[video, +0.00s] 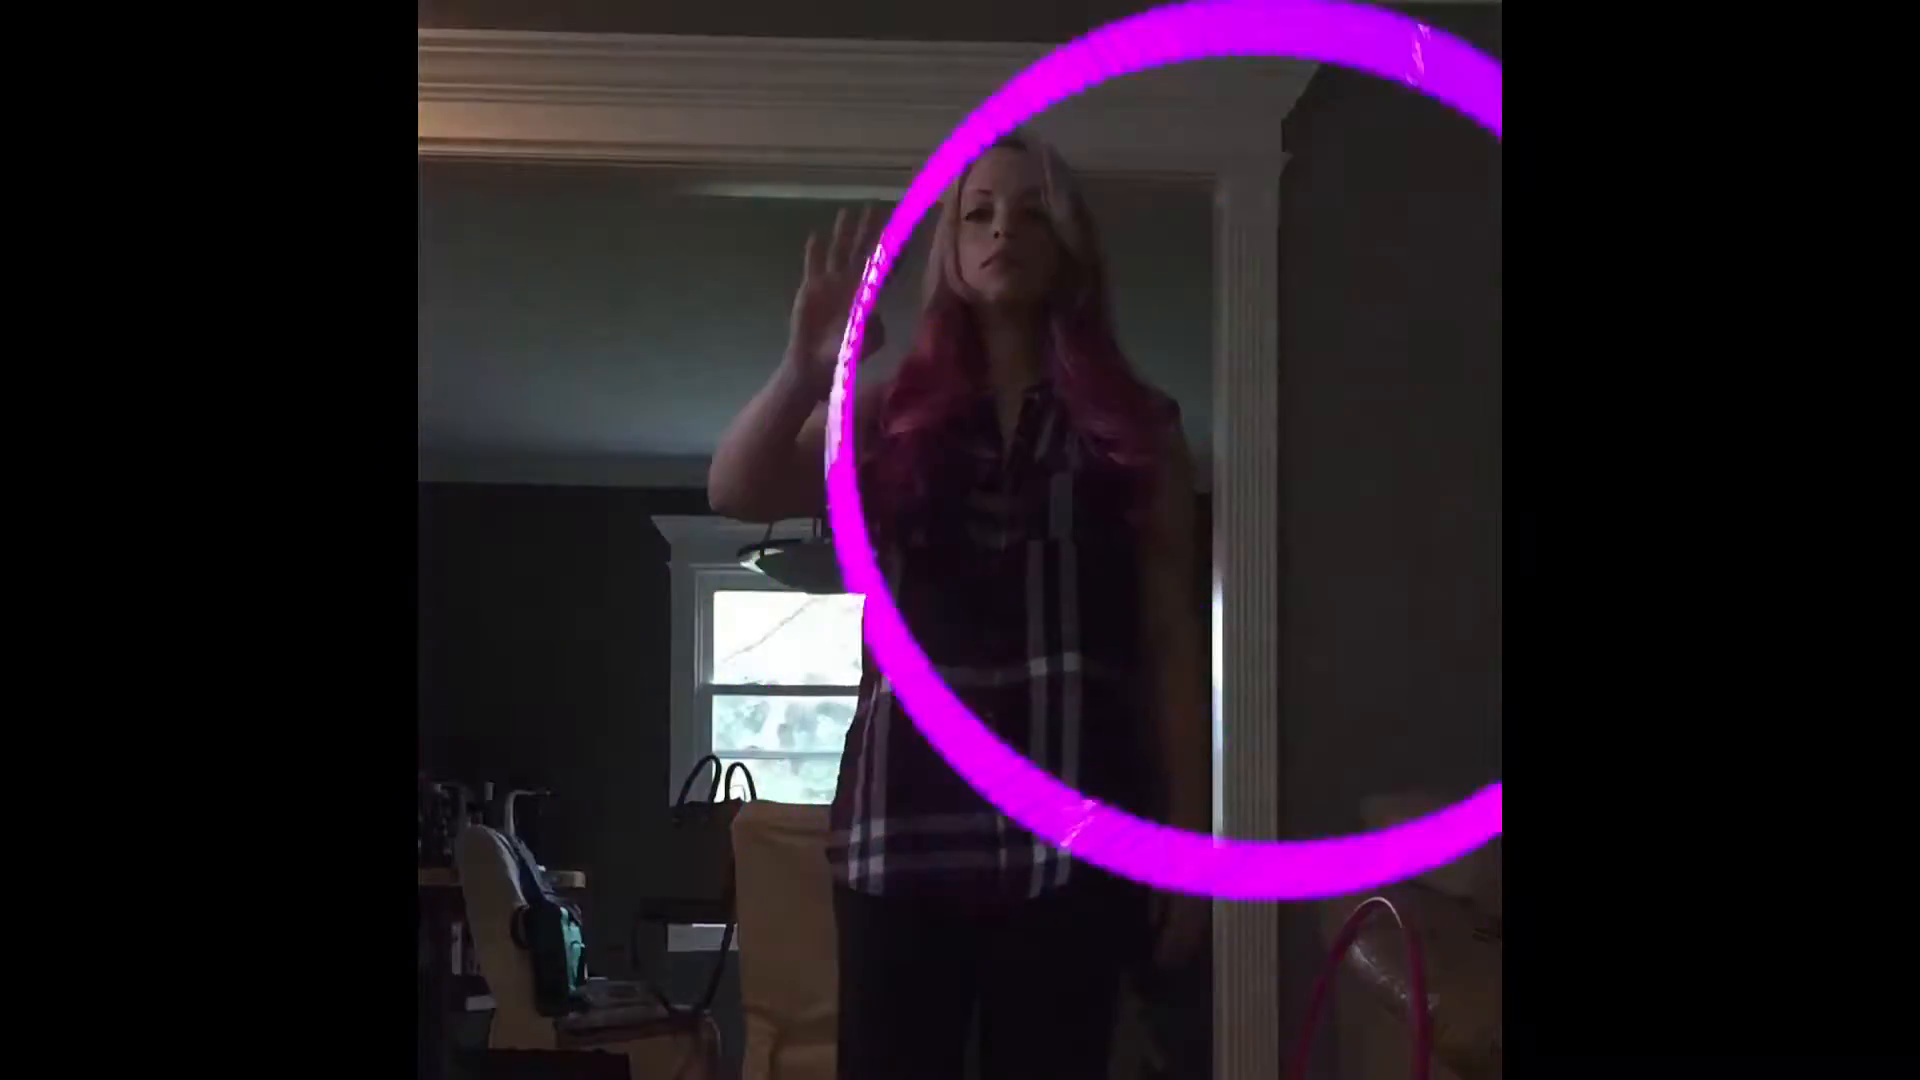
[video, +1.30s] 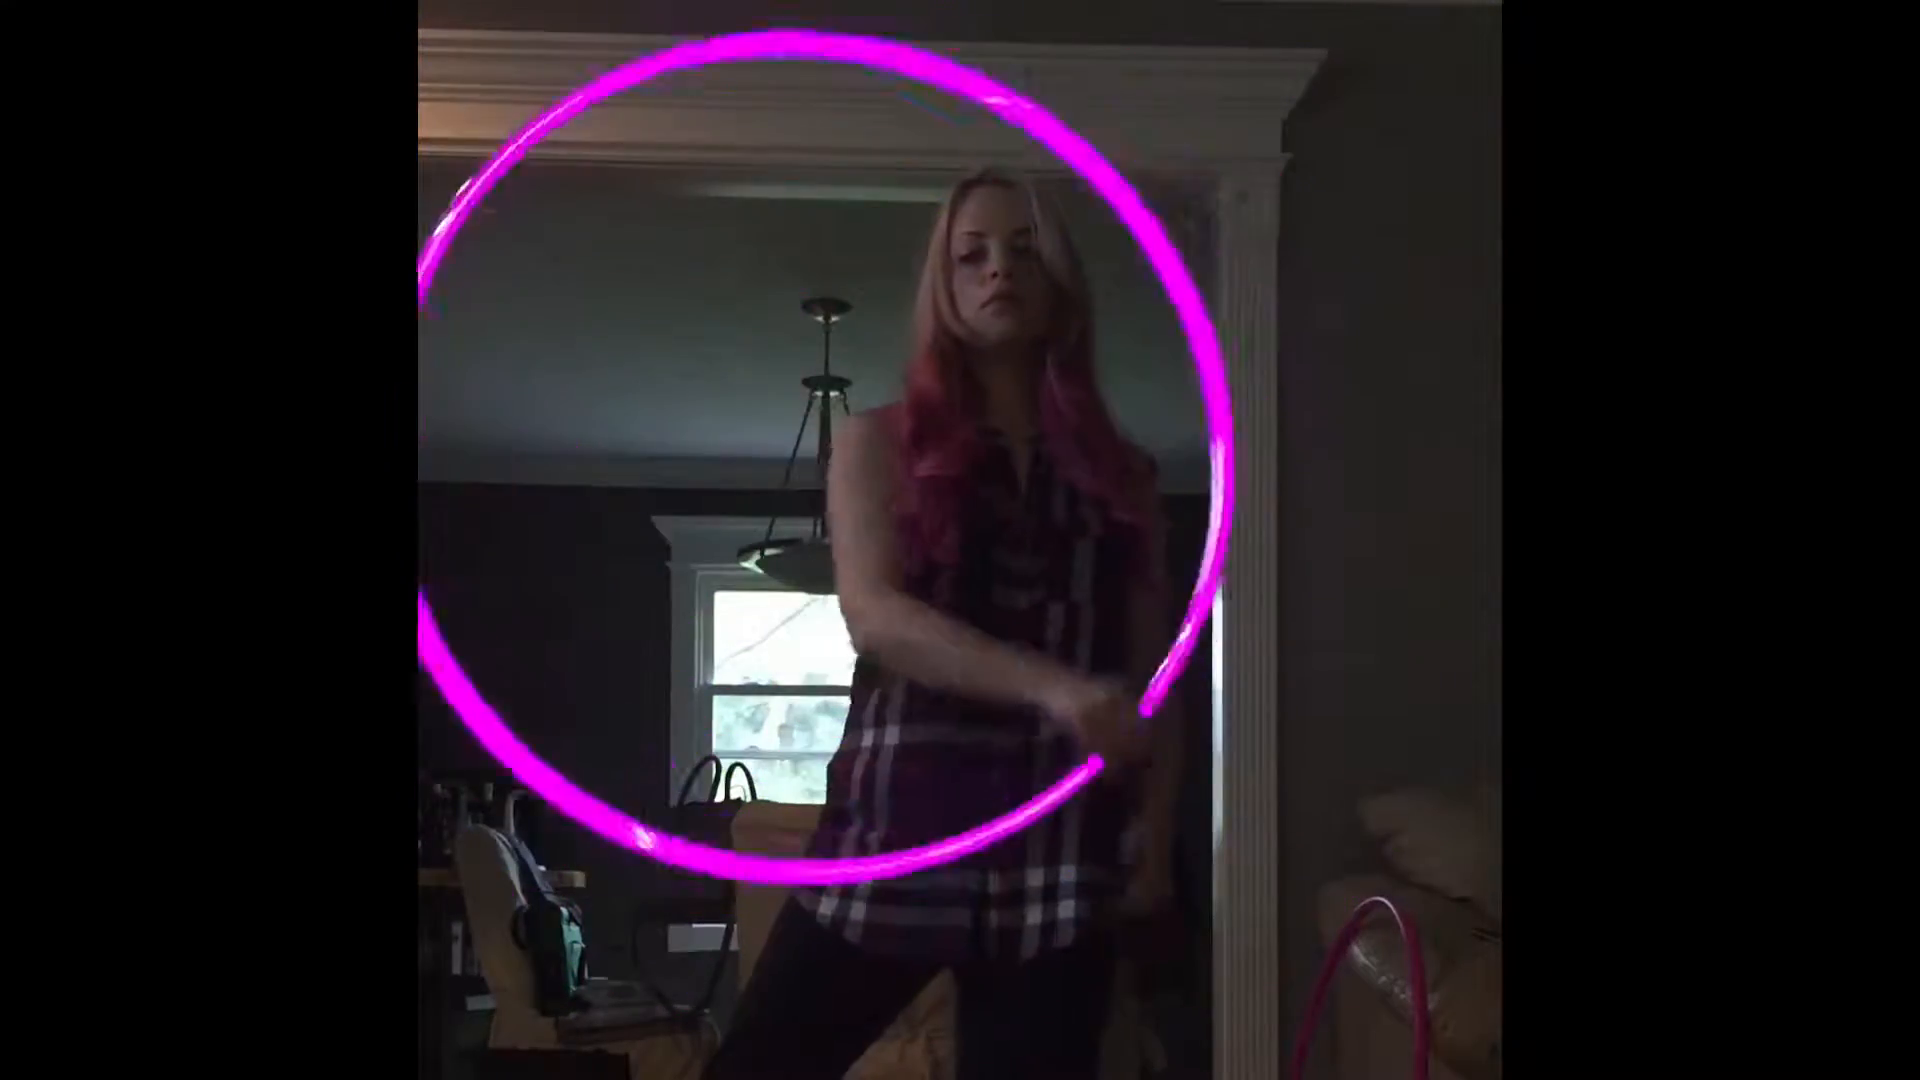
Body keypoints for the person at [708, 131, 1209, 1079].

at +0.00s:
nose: (1004, 229)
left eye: (1031, 209)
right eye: (980, 214)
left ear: (1072, 244)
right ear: (950, 250)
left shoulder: (1134, 422)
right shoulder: (896, 407)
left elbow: (1173, 643)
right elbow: (738, 491)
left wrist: (1187, 840)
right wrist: (803, 368)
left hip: (1082, 850)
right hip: (907, 850)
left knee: (1053, 1070)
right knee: (893, 1067)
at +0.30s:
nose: (1015, 235)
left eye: (1041, 214)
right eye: (991, 216)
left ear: (1078, 245)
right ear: (956, 248)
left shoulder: (1135, 419)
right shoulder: (903, 396)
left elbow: (1176, 636)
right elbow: (761, 499)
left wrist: (1189, 829)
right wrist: (896, 436)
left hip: (1081, 829)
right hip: (908, 825)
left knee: (1054, 1068)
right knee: (852, 1065)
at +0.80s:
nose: (1002, 272)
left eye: (1030, 252)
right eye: (978, 256)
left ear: (1074, 286)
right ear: (947, 291)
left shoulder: (1133, 470)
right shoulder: (894, 439)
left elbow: (1175, 686)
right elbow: (705, 440)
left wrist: (1187, 883)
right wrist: (775, 338)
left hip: (1071, 866)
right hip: (894, 855)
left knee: (1034, 1068)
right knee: (754, 1064)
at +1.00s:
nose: (998, 269)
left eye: (1024, 249)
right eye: (974, 251)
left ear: (1063, 279)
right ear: (940, 283)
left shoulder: (1118, 471)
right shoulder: (883, 442)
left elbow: (1152, 687)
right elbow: (684, 497)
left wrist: (1164, 891)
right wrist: (782, 574)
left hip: (1055, 869)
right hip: (888, 852)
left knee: (1021, 1070)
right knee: (750, 1068)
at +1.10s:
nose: (998, 268)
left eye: (1023, 247)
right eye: (973, 250)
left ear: (1061, 280)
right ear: (941, 282)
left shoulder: (1119, 471)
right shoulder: (879, 441)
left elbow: (1149, 691)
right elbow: (743, 572)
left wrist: (1156, 885)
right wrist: (859, 678)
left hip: (1058, 866)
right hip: (893, 855)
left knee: (1027, 1071)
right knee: (751, 1069)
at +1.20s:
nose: (999, 268)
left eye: (1023, 247)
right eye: (973, 251)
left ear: (1060, 279)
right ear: (941, 283)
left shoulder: (1115, 470)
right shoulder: (871, 444)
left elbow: (1149, 684)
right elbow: (820, 618)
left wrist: (1154, 884)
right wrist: (953, 724)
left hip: (1061, 869)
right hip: (895, 857)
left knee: (1029, 1072)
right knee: (751, 1070)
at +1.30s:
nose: (999, 270)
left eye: (1023, 247)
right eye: (972, 253)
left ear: (1062, 278)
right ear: (941, 286)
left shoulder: (1117, 469)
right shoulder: (878, 438)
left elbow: (1152, 667)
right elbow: (873, 615)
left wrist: (1154, 836)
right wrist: (1055, 687)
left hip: (1061, 858)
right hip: (898, 847)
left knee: (1032, 1072)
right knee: (752, 1069)